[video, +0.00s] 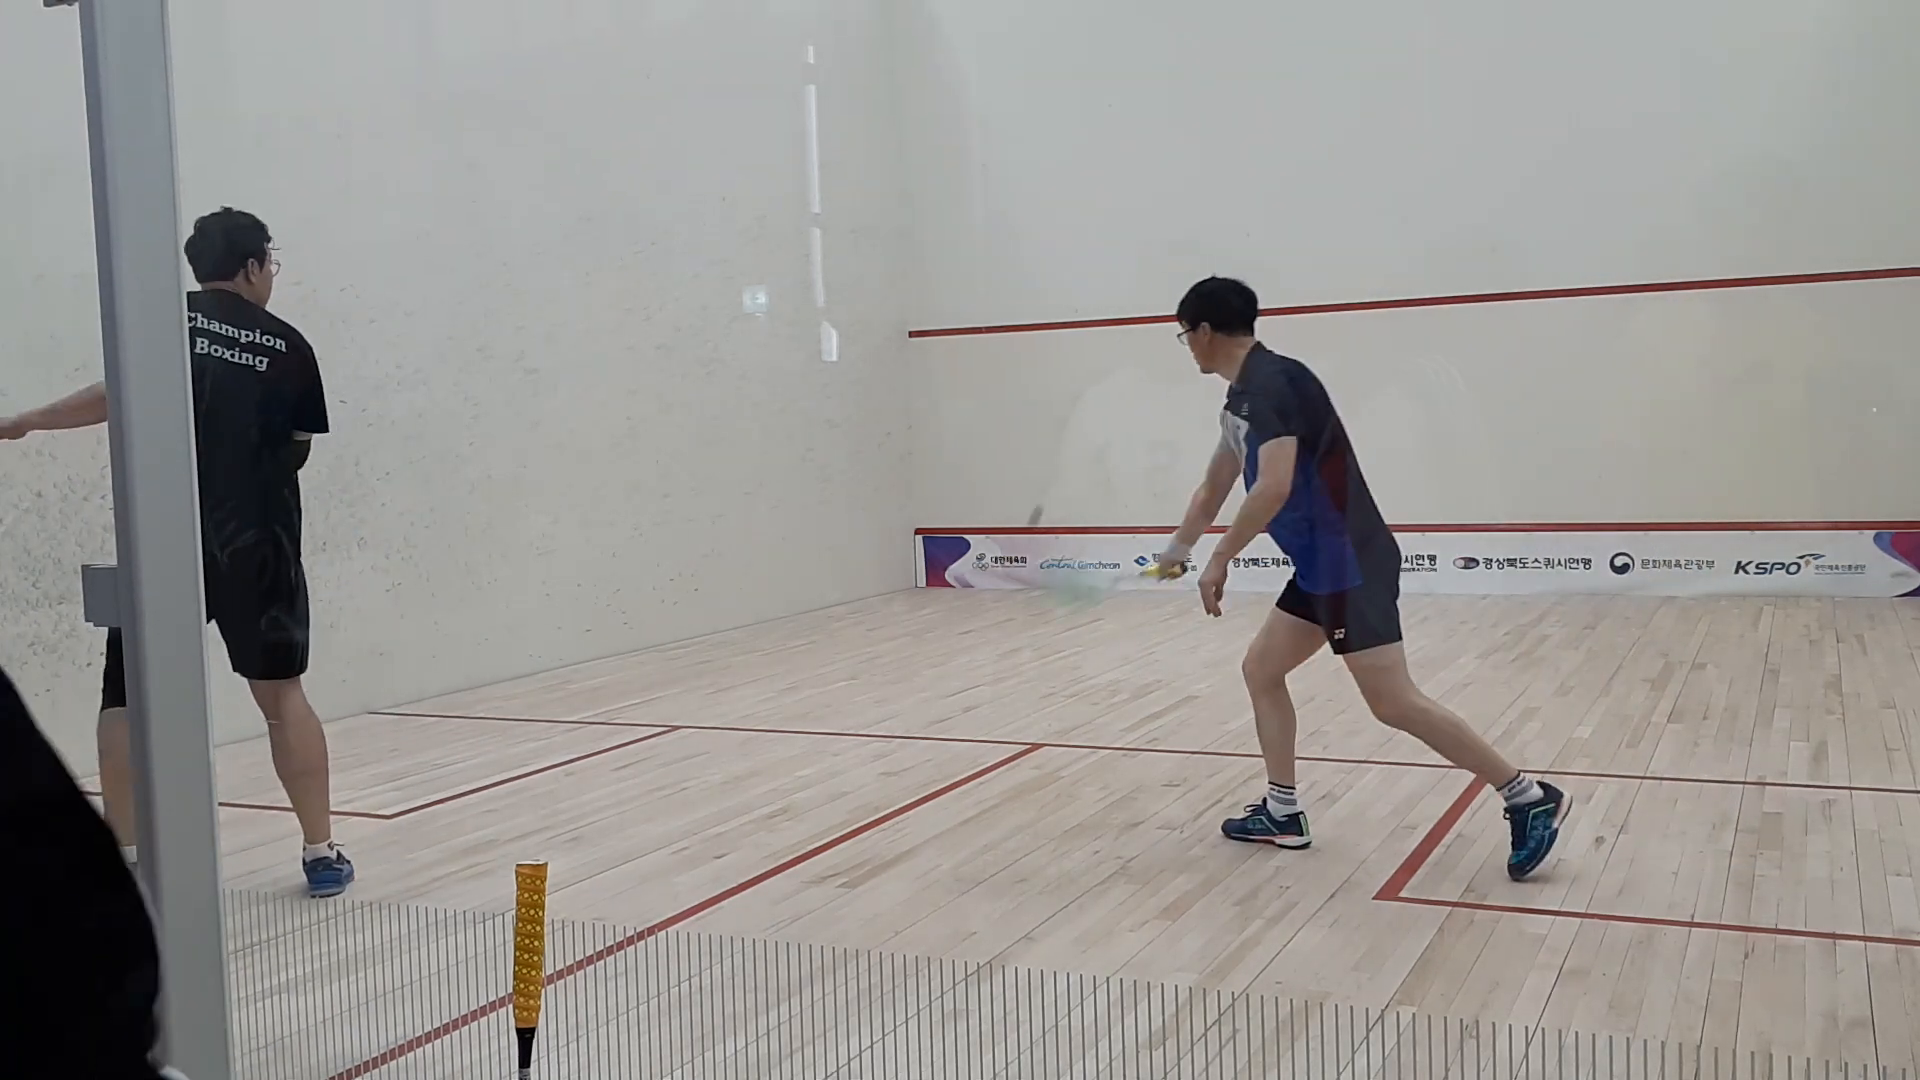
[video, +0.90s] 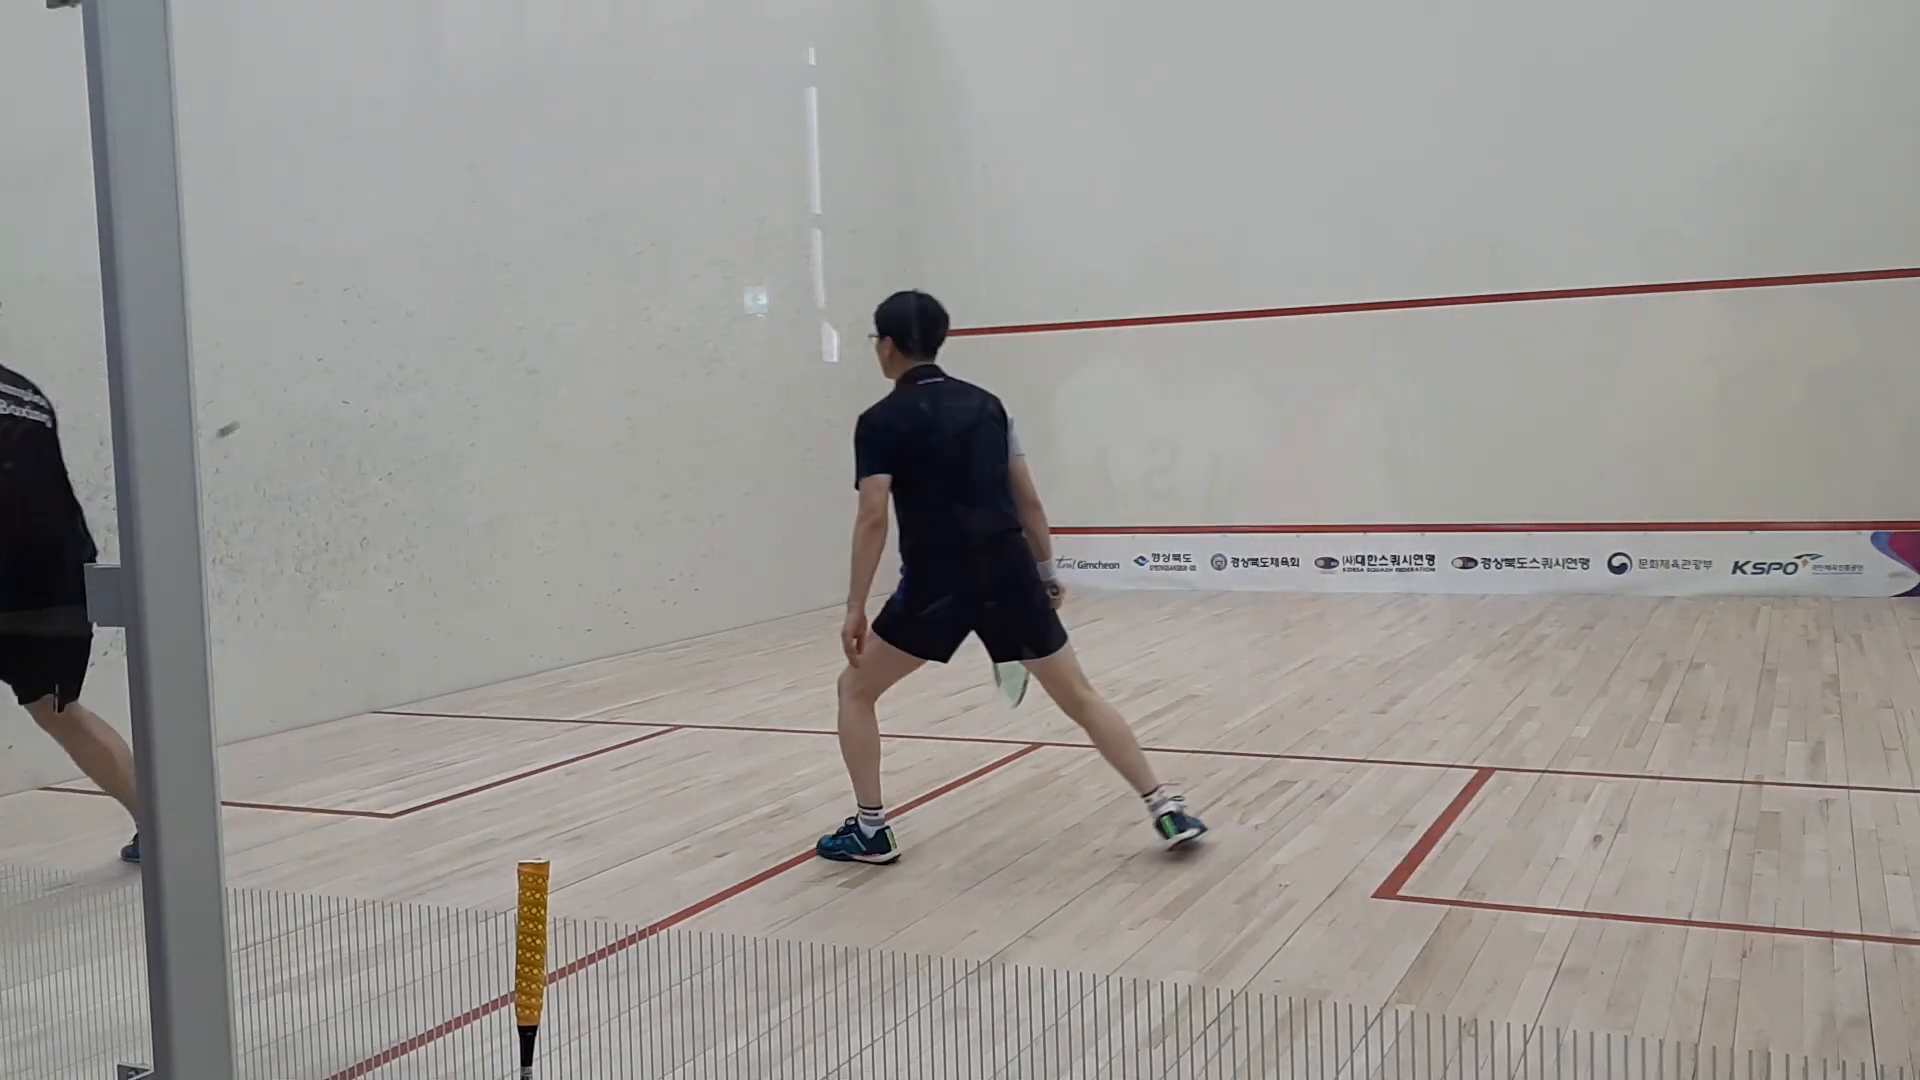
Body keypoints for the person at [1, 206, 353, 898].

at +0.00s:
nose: (274, 275)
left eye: (270, 262)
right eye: (270, 264)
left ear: (202, 270)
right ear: (252, 269)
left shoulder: (163, 326)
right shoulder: (288, 346)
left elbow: (102, 402)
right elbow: (295, 451)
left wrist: (22, 422)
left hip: (157, 547)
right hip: (256, 551)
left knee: (121, 699)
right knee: (283, 698)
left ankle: (123, 859)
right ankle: (321, 853)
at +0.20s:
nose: (221, 283)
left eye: (217, 271)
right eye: (217, 272)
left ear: (145, 271)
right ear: (202, 277)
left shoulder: (108, 328)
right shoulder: (239, 354)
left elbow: (70, 408)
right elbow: (245, 461)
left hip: (115, 560)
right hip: (216, 564)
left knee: (78, 699)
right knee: (247, 693)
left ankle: (86, 867)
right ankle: (316, 843)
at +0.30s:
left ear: (107, 259)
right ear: (177, 265)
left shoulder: (72, 334)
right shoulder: (205, 353)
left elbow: (30, 419)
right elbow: (210, 464)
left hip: (85, 557)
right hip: (181, 562)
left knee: (59, 703)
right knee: (206, 685)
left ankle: (84, 867)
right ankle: (278, 810)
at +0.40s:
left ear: (76, 270)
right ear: (141, 263)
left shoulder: (44, 334)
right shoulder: (176, 347)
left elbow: (4, 424)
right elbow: (189, 451)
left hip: (69, 559)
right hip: (159, 560)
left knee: (44, 697)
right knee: (171, 697)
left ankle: (82, 865)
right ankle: (204, 827)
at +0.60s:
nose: (110, 308)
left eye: (105, 299)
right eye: (107, 300)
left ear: (36, 304)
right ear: (93, 303)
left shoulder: (14, 358)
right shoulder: (122, 359)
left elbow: (5, 462)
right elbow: (146, 461)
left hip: (40, 575)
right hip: (114, 572)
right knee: (103, 694)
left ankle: (62, 847)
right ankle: (158, 823)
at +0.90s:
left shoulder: (23, 399)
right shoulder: (29, 396)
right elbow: (58, 503)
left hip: (19, 590)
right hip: (53, 585)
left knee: (54, 709)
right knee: (56, 707)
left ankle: (149, 819)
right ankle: (150, 820)